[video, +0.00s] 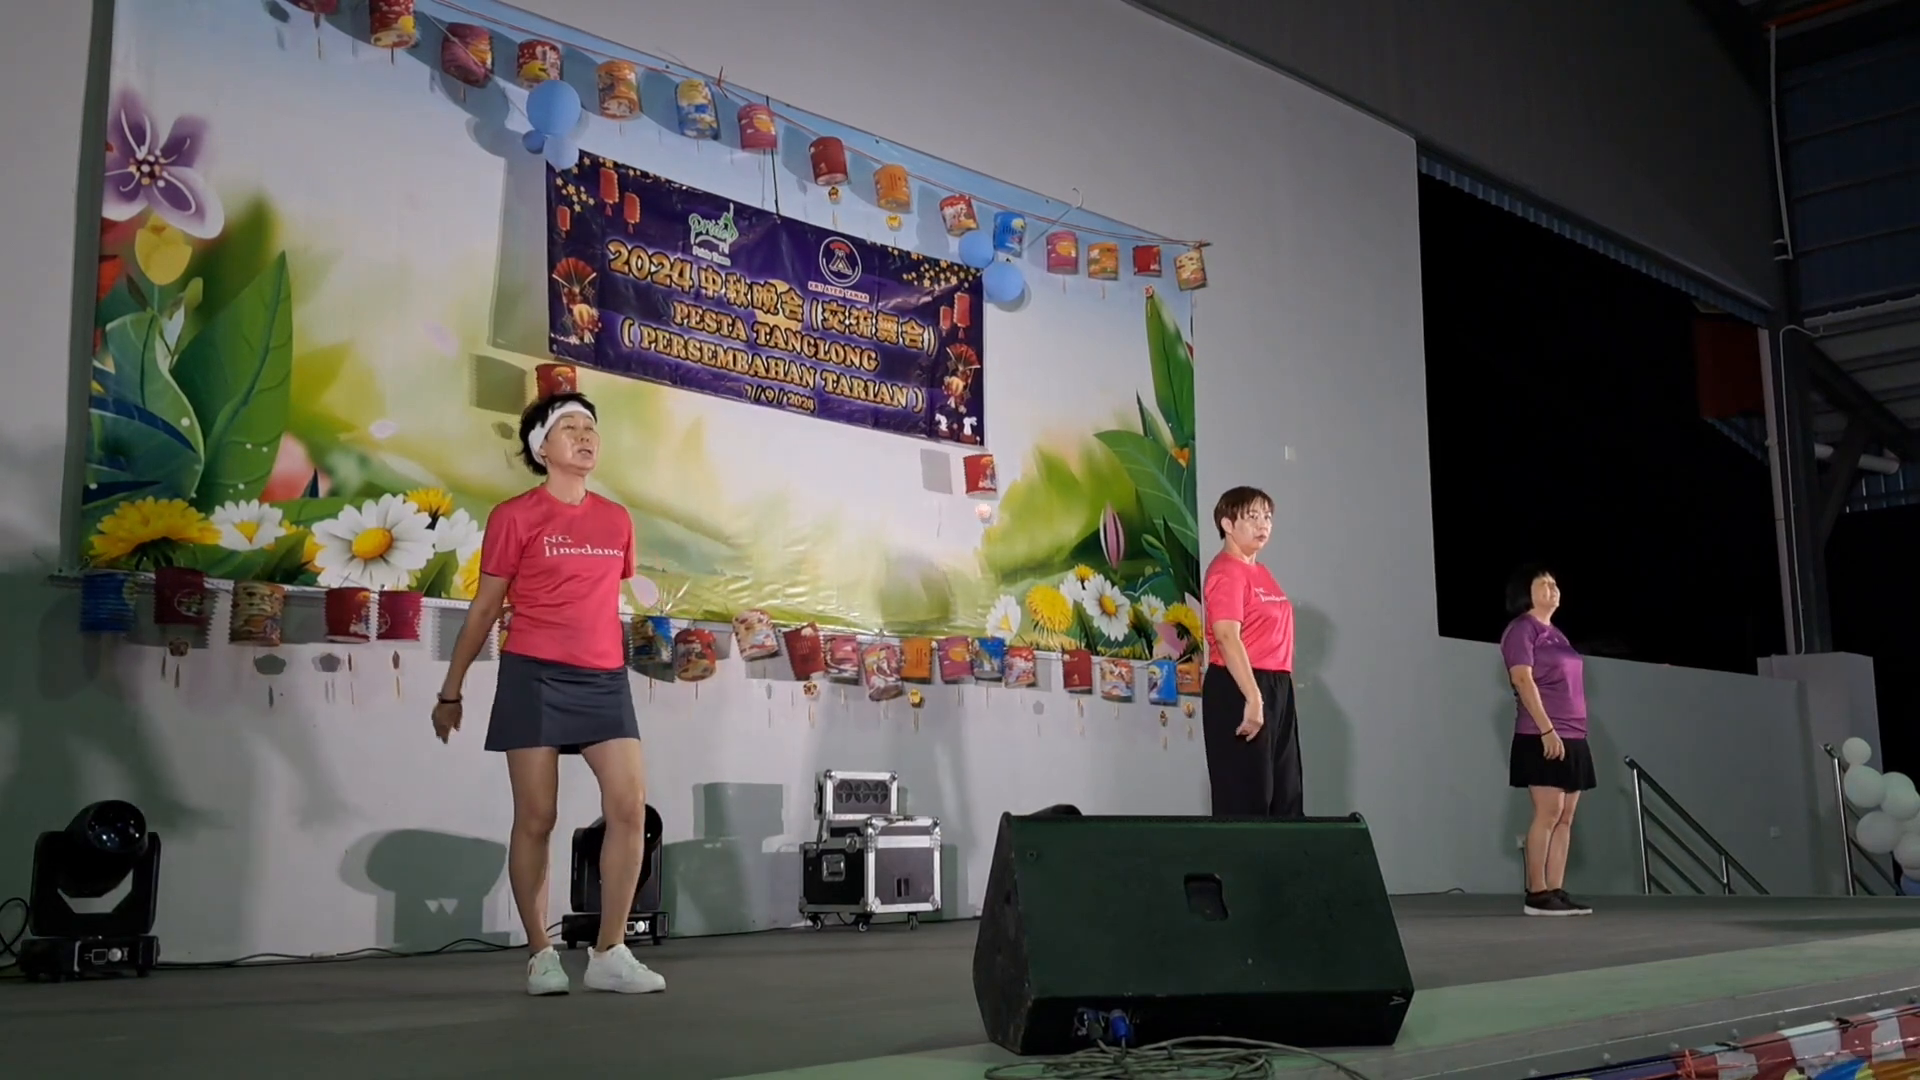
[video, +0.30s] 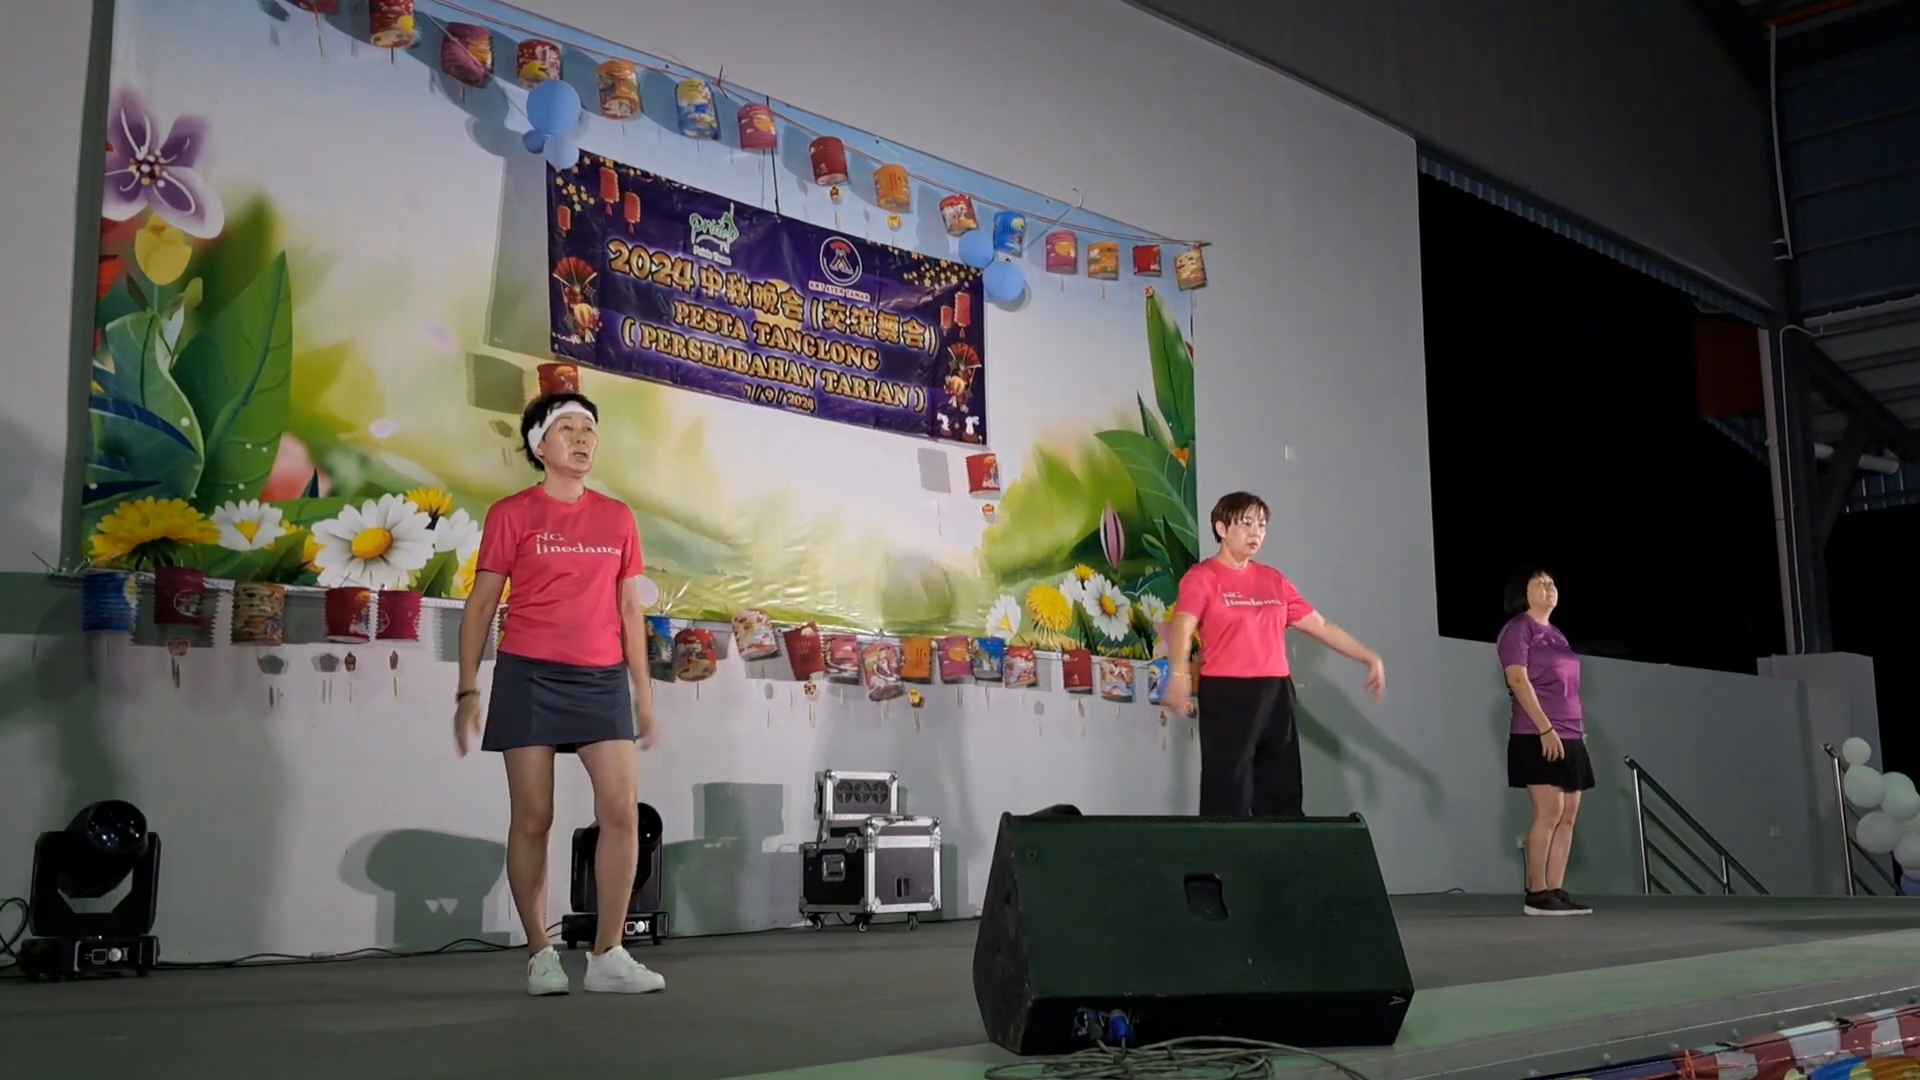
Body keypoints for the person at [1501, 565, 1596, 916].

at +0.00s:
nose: (1551, 590)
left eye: (1554, 585)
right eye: (1542, 585)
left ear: (1558, 594)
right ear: (1526, 593)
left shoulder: (1556, 634)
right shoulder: (1521, 629)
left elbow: (1563, 685)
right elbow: (1523, 682)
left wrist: (1575, 730)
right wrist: (1547, 730)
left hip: (1572, 736)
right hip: (1541, 736)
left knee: (1565, 816)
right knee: (1547, 812)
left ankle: (1555, 890)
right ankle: (1537, 892)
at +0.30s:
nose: (1548, 589)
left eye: (1551, 585)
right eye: (1539, 584)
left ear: (1556, 595)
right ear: (1523, 593)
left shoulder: (1556, 635)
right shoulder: (1517, 629)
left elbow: (1565, 690)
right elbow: (1518, 682)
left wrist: (1577, 733)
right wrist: (1545, 729)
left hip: (1569, 737)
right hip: (1536, 736)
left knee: (1568, 814)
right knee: (1549, 811)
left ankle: (1555, 890)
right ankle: (1537, 893)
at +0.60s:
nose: (1527, 588)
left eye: (1533, 583)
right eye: (1519, 584)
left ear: (1544, 593)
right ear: (1508, 595)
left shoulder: (1565, 634)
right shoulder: (1495, 633)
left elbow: (1592, 675)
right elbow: (1474, 677)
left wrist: (1616, 713)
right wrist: (1469, 712)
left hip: (1558, 738)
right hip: (1511, 737)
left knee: (1565, 813)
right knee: (1513, 813)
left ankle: (1553, 892)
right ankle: (1498, 882)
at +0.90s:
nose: (1492, 599)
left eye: (1498, 593)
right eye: (1484, 594)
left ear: (1509, 599)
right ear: (1475, 603)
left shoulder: (1528, 634)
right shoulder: (1466, 645)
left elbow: (1539, 681)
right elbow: (1436, 681)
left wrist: (1491, 703)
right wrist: (1394, 708)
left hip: (1536, 741)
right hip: (1486, 744)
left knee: (1576, 807)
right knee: (1488, 816)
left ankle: (1597, 887)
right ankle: (1493, 892)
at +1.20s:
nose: (1485, 605)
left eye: (1491, 599)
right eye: (1476, 599)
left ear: (1501, 604)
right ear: (1466, 607)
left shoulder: (1514, 635)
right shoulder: (1466, 645)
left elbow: (1515, 683)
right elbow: (1461, 686)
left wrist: (1466, 703)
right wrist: (1452, 708)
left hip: (1526, 740)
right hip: (1480, 744)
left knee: (1560, 810)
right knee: (1486, 817)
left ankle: (1598, 886)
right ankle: (1493, 892)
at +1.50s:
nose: (1497, 604)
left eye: (1503, 598)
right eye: (1489, 598)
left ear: (1510, 604)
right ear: (1474, 604)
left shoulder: (1523, 636)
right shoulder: (1466, 644)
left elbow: (1531, 683)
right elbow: (1450, 678)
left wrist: (1483, 704)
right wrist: (1427, 703)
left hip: (1534, 739)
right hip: (1484, 744)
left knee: (1572, 807)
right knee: (1488, 817)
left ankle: (1593, 886)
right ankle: (1492, 893)